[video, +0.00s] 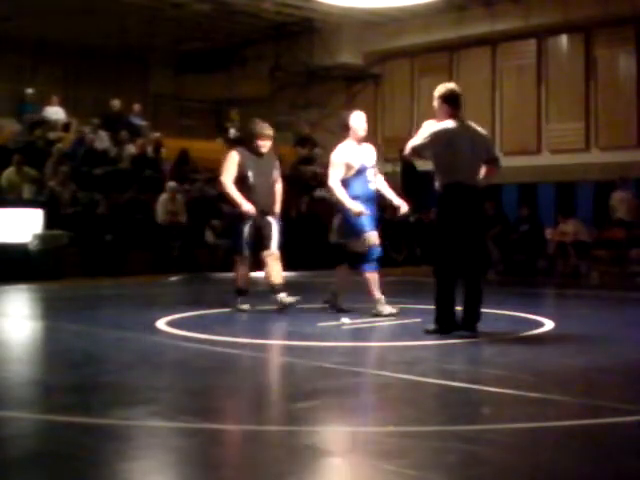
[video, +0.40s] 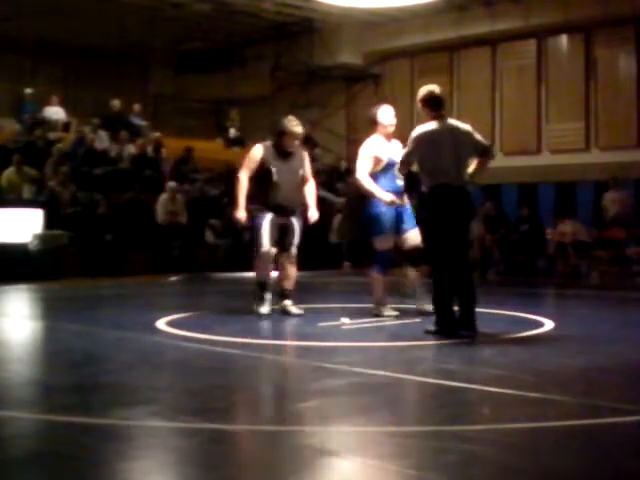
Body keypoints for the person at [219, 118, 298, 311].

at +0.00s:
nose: (265, 143)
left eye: (268, 139)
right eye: (261, 139)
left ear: (272, 140)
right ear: (252, 140)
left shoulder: (272, 159)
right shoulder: (237, 156)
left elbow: (277, 183)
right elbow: (226, 180)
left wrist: (276, 208)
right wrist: (243, 203)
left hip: (267, 212)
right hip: (246, 213)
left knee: (272, 253)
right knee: (244, 256)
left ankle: (279, 289)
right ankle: (241, 292)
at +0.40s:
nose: (295, 142)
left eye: (298, 138)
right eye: (292, 138)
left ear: (300, 138)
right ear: (281, 136)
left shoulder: (302, 156)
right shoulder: (261, 151)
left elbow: (308, 180)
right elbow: (244, 174)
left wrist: (312, 205)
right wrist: (241, 206)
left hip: (292, 209)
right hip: (266, 208)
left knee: (290, 255)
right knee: (266, 251)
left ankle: (286, 297)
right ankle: (263, 295)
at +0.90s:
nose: (306, 132)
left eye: (307, 127)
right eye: (302, 127)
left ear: (307, 129)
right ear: (289, 128)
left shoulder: (306, 150)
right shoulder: (271, 147)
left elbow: (309, 179)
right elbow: (264, 175)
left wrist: (310, 208)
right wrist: (275, 204)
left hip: (303, 210)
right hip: (282, 210)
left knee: (314, 251)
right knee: (281, 257)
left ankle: (293, 293)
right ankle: (278, 303)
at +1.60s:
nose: (334, 121)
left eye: (335, 116)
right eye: (330, 116)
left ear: (330, 120)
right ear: (317, 118)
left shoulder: (328, 146)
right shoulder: (302, 139)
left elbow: (334, 181)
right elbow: (296, 168)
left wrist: (343, 207)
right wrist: (309, 202)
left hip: (327, 208)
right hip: (310, 207)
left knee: (322, 257)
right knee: (311, 254)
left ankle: (316, 308)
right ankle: (294, 307)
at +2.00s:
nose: (340, 127)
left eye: (339, 121)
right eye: (337, 121)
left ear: (313, 120)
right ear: (327, 120)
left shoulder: (301, 142)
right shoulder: (321, 140)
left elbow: (298, 179)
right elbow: (329, 174)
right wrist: (339, 205)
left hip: (302, 208)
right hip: (316, 209)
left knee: (308, 262)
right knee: (312, 262)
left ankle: (309, 311)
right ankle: (310, 313)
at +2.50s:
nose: (347, 128)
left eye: (348, 123)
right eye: (346, 123)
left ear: (327, 118)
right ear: (335, 121)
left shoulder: (319, 141)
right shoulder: (318, 143)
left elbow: (319, 184)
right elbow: (316, 185)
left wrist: (334, 209)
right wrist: (323, 215)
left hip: (311, 209)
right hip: (311, 210)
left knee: (312, 261)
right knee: (314, 262)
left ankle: (297, 306)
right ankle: (303, 313)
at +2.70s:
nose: (355, 129)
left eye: (356, 124)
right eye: (354, 123)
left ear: (340, 118)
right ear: (343, 120)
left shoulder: (340, 142)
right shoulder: (323, 142)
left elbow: (343, 178)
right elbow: (317, 183)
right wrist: (319, 217)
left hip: (337, 212)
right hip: (321, 212)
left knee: (346, 259)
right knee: (314, 266)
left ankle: (329, 310)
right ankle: (307, 318)